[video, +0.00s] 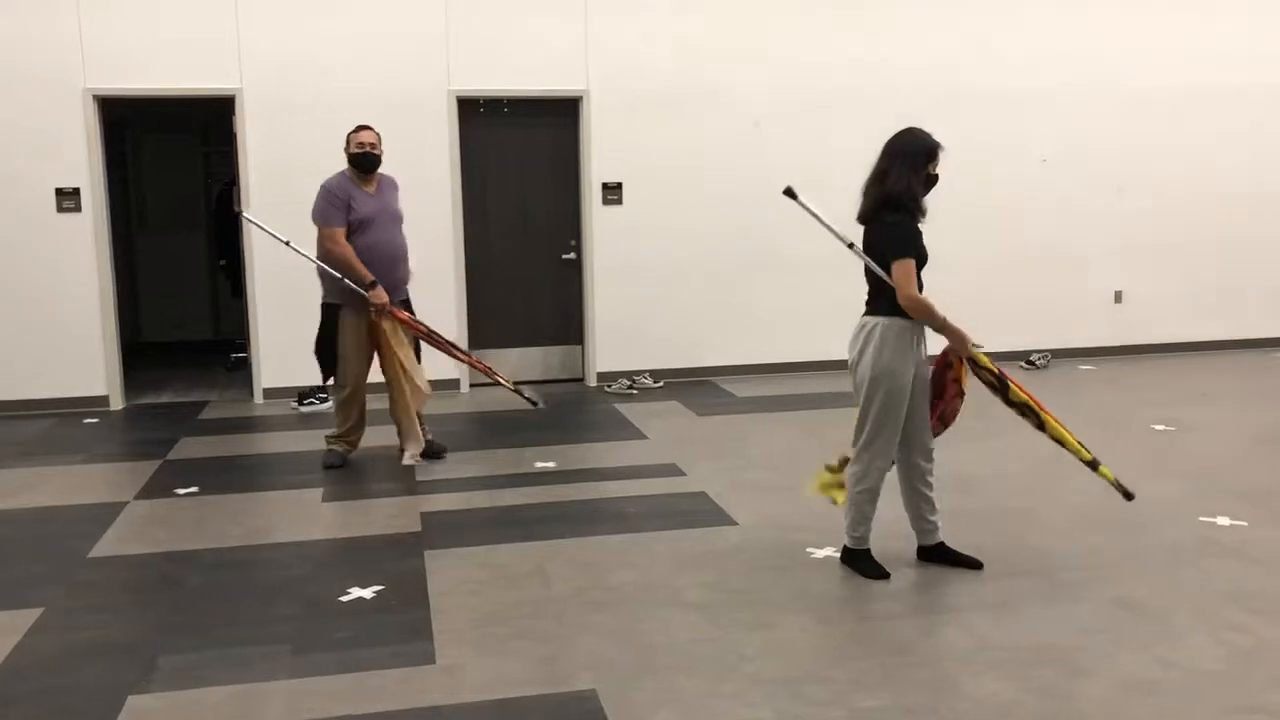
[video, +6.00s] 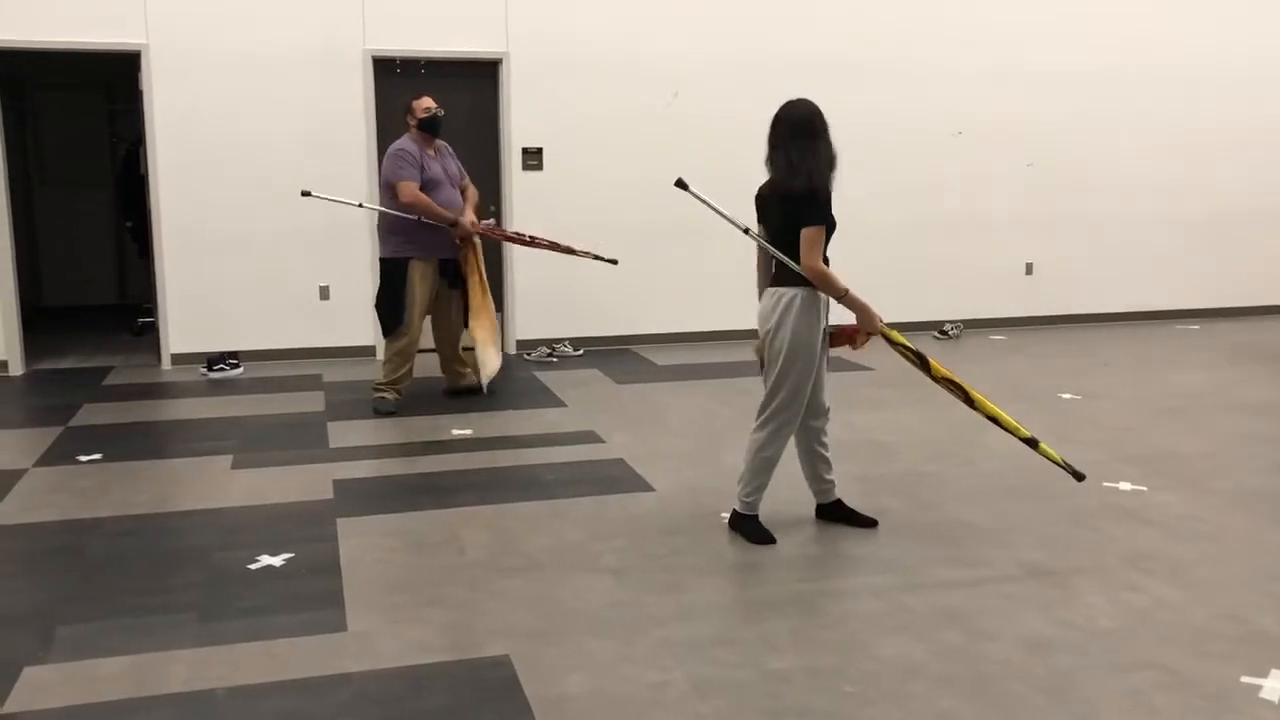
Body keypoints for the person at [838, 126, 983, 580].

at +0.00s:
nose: (935, 176)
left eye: (936, 167)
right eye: (931, 167)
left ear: (896, 164)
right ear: (914, 168)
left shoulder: (894, 218)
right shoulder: (895, 221)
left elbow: (897, 296)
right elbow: (907, 297)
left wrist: (937, 328)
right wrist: (952, 331)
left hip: (903, 339)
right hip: (886, 338)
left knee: (917, 448)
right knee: (875, 449)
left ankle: (929, 542)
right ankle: (856, 546)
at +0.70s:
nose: (878, 168)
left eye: (888, 162)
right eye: (869, 162)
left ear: (900, 170)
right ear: (855, 168)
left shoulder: (897, 221)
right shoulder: (849, 222)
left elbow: (895, 282)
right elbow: (848, 295)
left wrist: (920, 323)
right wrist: (900, 334)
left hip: (890, 339)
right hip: (849, 339)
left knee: (902, 444)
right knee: (843, 449)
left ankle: (913, 545)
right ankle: (838, 551)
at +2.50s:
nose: (868, 170)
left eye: (868, 161)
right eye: (864, 161)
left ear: (833, 159)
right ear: (846, 162)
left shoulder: (838, 212)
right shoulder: (823, 214)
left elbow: (839, 290)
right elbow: (834, 291)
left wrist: (864, 351)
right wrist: (875, 346)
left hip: (848, 334)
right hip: (821, 333)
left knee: (855, 441)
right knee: (808, 441)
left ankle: (861, 535)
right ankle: (783, 540)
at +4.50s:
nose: (832, 151)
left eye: (837, 144)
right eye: (827, 142)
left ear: (836, 142)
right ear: (804, 138)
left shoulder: (814, 193)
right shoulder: (786, 192)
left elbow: (817, 265)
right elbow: (796, 268)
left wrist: (842, 321)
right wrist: (846, 311)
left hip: (822, 311)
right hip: (790, 309)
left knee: (824, 416)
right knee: (772, 416)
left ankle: (827, 510)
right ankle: (751, 516)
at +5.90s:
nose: (829, 144)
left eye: (824, 135)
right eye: (825, 136)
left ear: (776, 143)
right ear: (820, 140)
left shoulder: (768, 192)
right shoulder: (812, 192)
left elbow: (770, 268)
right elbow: (810, 265)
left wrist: (820, 316)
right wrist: (859, 308)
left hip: (781, 303)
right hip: (797, 305)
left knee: (812, 409)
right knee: (781, 410)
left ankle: (826, 501)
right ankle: (744, 510)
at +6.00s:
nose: (829, 144)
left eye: (823, 135)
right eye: (825, 136)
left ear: (776, 142)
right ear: (820, 140)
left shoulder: (768, 192)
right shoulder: (812, 191)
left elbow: (766, 267)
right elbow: (811, 266)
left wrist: (771, 323)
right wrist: (860, 307)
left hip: (779, 303)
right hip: (797, 305)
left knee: (812, 409)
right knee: (782, 410)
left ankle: (827, 501)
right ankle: (745, 510)